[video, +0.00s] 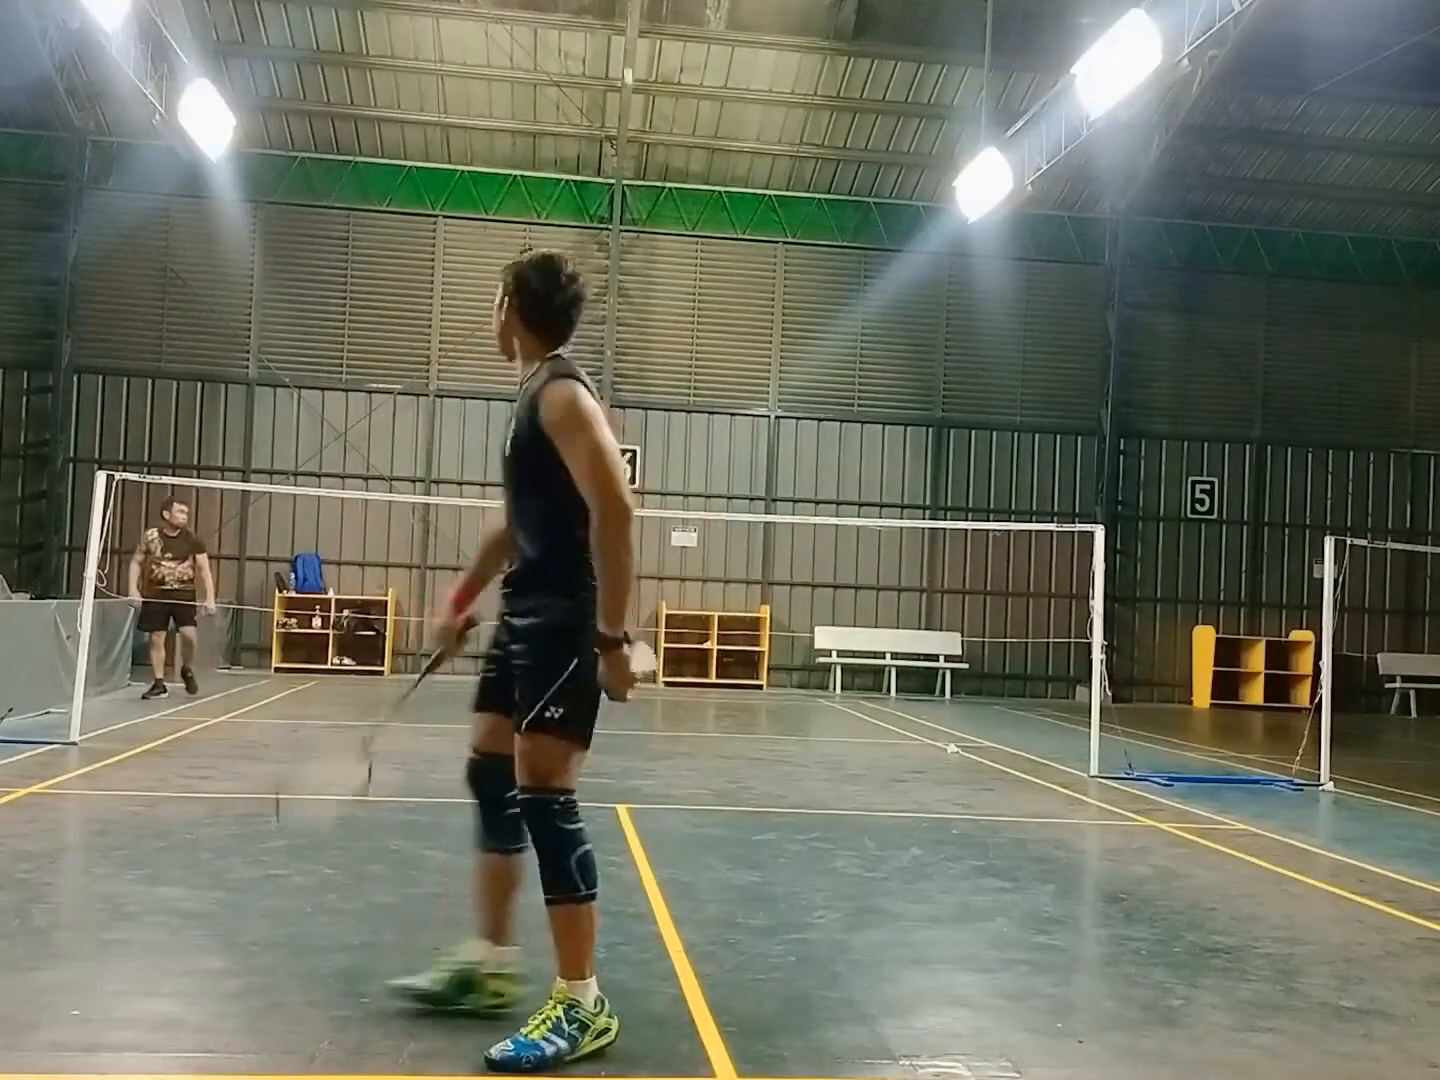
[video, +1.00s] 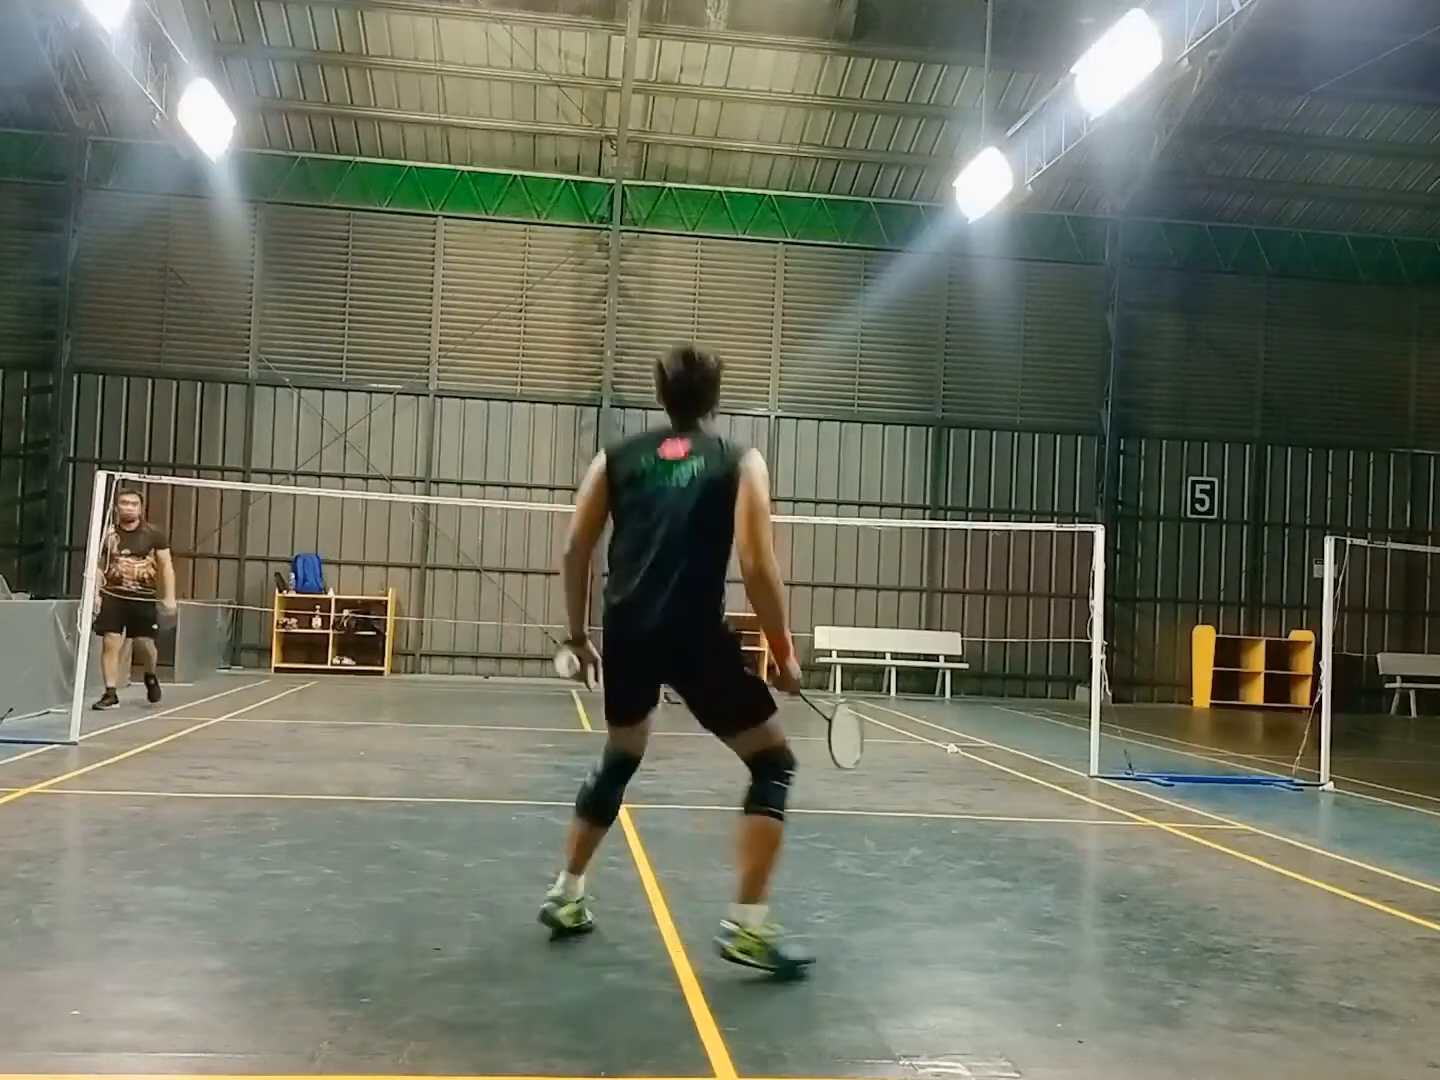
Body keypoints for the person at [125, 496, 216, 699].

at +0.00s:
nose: (184, 516)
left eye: (186, 513)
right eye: (180, 512)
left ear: (188, 516)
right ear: (166, 514)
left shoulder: (193, 542)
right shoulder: (151, 537)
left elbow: (204, 570)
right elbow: (136, 563)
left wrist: (210, 598)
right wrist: (133, 591)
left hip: (184, 595)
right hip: (156, 594)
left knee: (189, 635)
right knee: (157, 638)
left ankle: (187, 670)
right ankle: (159, 682)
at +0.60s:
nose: (170, 511)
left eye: (172, 507)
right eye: (165, 506)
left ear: (172, 510)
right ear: (150, 509)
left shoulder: (180, 539)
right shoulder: (134, 533)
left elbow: (189, 567)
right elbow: (123, 562)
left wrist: (189, 597)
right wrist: (118, 591)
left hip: (167, 599)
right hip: (137, 597)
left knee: (163, 643)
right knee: (127, 636)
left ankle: (157, 686)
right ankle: (135, 674)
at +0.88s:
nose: (143, 512)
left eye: (147, 508)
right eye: (138, 507)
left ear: (152, 512)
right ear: (128, 511)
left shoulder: (163, 538)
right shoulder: (118, 537)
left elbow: (178, 567)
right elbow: (110, 567)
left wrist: (184, 595)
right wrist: (105, 595)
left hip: (154, 601)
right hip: (123, 599)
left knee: (157, 645)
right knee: (116, 642)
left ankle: (156, 686)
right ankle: (111, 691)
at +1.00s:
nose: (129, 508)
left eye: (134, 504)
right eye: (124, 503)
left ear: (141, 507)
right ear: (117, 507)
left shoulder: (154, 535)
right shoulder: (107, 534)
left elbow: (166, 567)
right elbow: (98, 566)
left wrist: (169, 598)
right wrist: (94, 593)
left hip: (144, 599)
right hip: (113, 597)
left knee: (146, 644)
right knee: (110, 643)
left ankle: (150, 677)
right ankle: (110, 692)